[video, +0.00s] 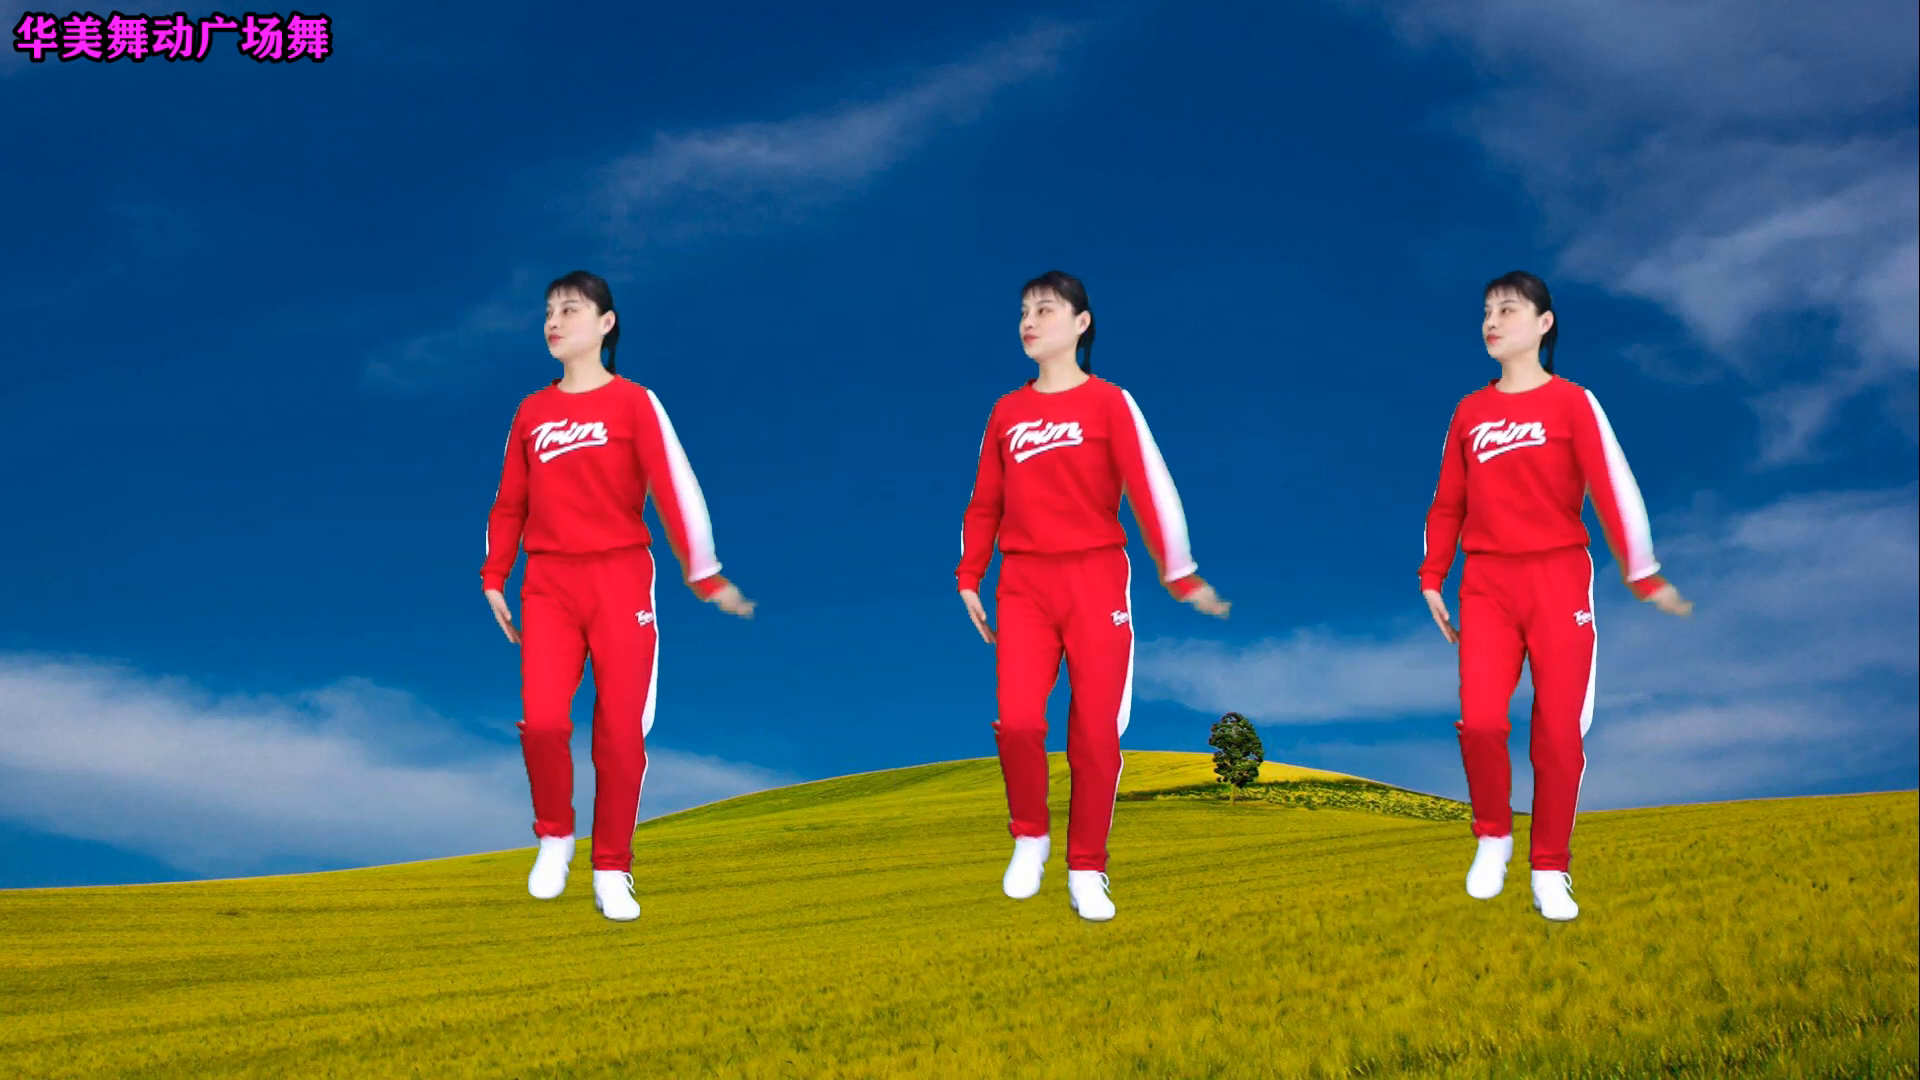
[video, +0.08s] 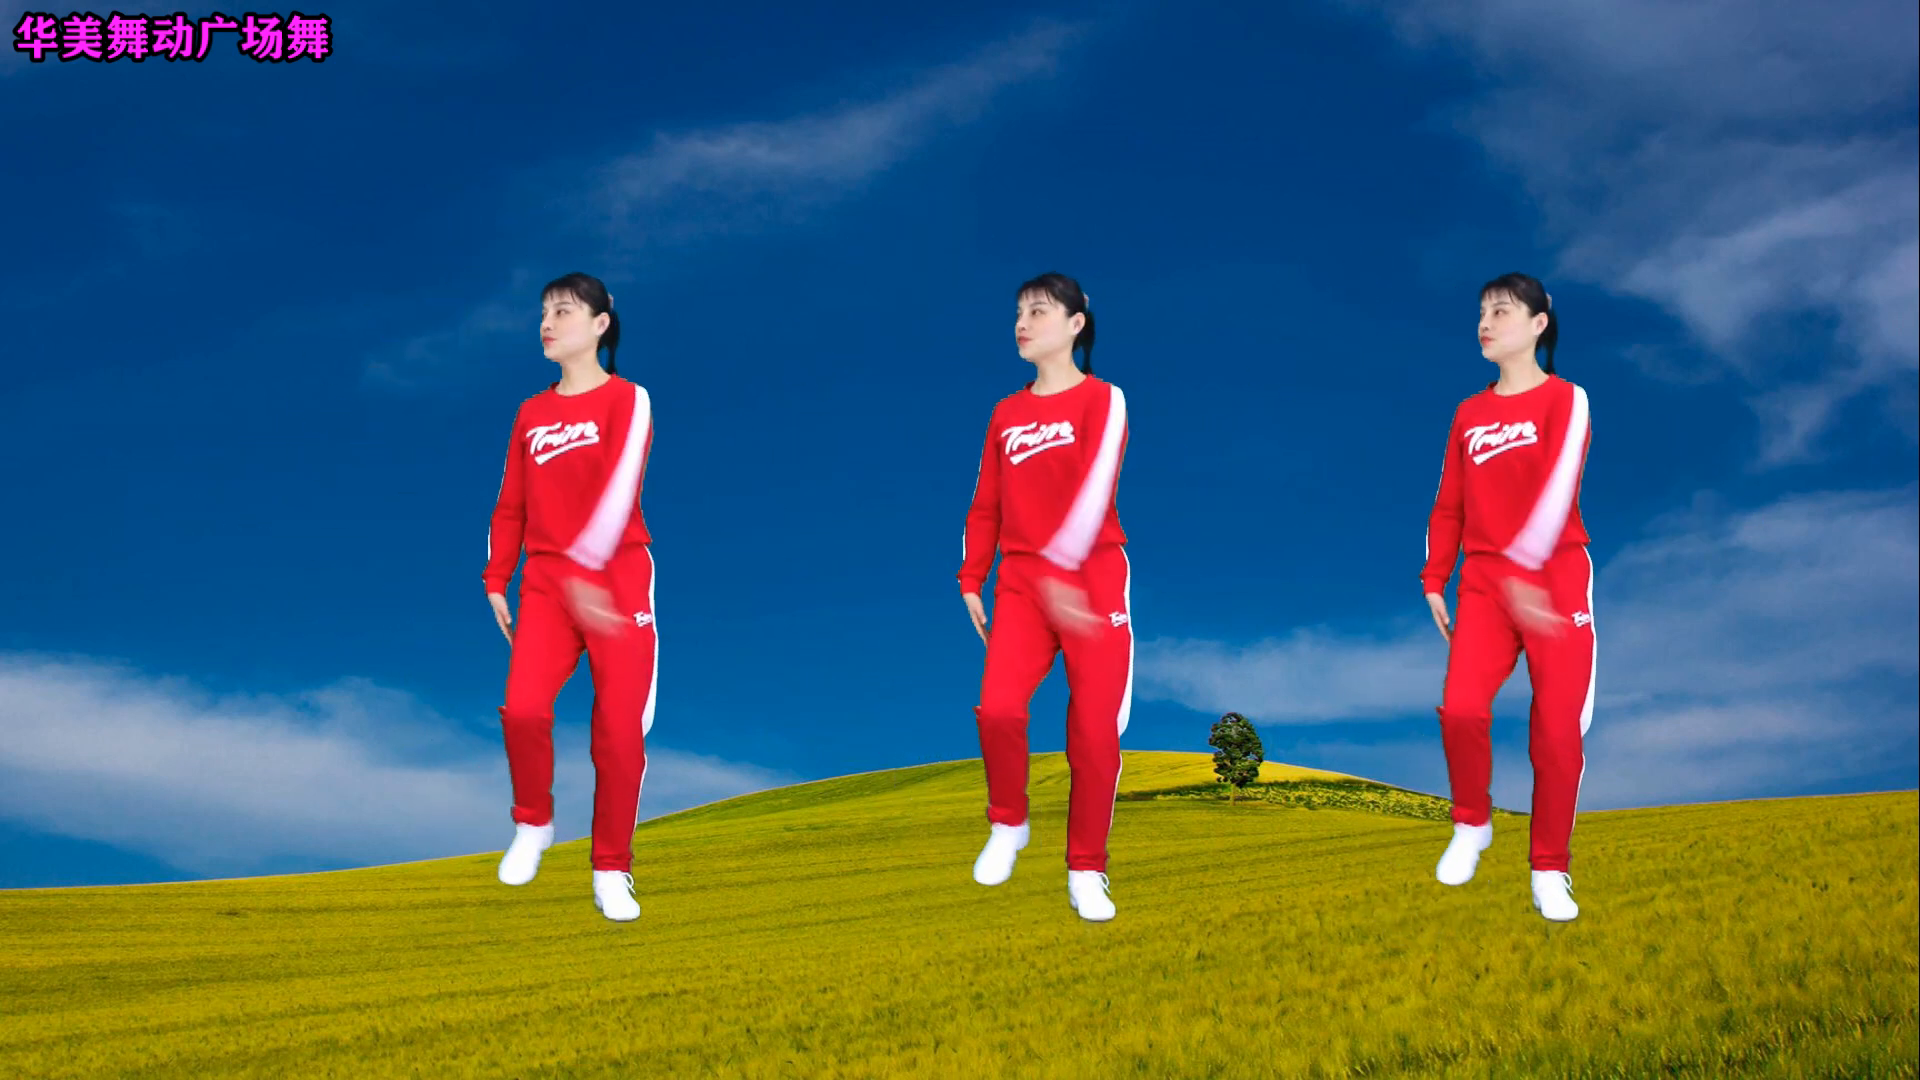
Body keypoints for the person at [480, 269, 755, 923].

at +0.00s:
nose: (554, 321)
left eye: (569, 310)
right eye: (550, 313)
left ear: (604, 324)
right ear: (547, 331)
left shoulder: (633, 401)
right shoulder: (531, 413)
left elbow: (674, 486)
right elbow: (509, 503)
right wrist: (493, 575)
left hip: (622, 578)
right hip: (548, 581)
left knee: (621, 729)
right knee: (541, 722)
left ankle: (612, 868)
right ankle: (555, 835)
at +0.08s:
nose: (548, 322)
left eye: (563, 312)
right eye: (545, 314)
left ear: (600, 324)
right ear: (544, 330)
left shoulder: (628, 398)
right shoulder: (532, 413)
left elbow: (622, 489)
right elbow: (511, 503)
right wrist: (496, 578)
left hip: (619, 577)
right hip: (549, 579)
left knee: (619, 730)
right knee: (521, 711)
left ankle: (612, 867)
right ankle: (532, 821)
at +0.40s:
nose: (505, 308)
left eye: (518, 299)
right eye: (503, 299)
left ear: (554, 309)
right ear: (508, 314)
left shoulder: (583, 377)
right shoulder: (488, 394)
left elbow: (561, 299)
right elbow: (464, 488)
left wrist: (502, 246)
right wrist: (451, 569)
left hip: (565, 558)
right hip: (494, 563)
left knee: (590, 720)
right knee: (458, 724)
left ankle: (612, 862)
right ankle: (424, 859)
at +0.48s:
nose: (494, 312)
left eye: (509, 302)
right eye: (491, 305)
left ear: (545, 315)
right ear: (488, 323)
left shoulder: (564, 386)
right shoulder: (466, 400)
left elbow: (568, 306)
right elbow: (441, 492)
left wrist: (532, 229)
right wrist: (432, 574)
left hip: (539, 568)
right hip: (465, 573)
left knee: (574, 725)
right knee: (442, 738)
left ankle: (611, 862)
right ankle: (424, 865)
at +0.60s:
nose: (475, 313)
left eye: (490, 304)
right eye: (469, 305)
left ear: (524, 317)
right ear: (461, 320)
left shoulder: (537, 388)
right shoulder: (437, 393)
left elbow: (579, 341)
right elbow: (406, 481)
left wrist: (584, 253)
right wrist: (396, 559)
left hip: (500, 564)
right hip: (430, 568)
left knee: (528, 722)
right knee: (421, 735)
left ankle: (585, 850)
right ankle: (423, 865)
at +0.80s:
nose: (458, 332)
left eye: (472, 321)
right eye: (447, 322)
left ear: (494, 332)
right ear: (435, 334)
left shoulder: (517, 408)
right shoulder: (406, 408)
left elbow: (581, 437)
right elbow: (367, 489)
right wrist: (334, 562)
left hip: (475, 580)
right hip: (402, 578)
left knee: (428, 715)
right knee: (391, 734)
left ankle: (480, 797)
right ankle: (420, 866)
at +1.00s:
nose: (446, 309)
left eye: (457, 298)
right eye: (433, 301)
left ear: (479, 308)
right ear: (419, 314)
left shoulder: (507, 390)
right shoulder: (392, 378)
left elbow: (540, 476)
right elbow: (318, 427)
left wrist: (571, 558)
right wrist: (252, 475)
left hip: (471, 560)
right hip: (398, 559)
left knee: (438, 715)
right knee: (403, 719)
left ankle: (456, 840)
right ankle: (421, 861)